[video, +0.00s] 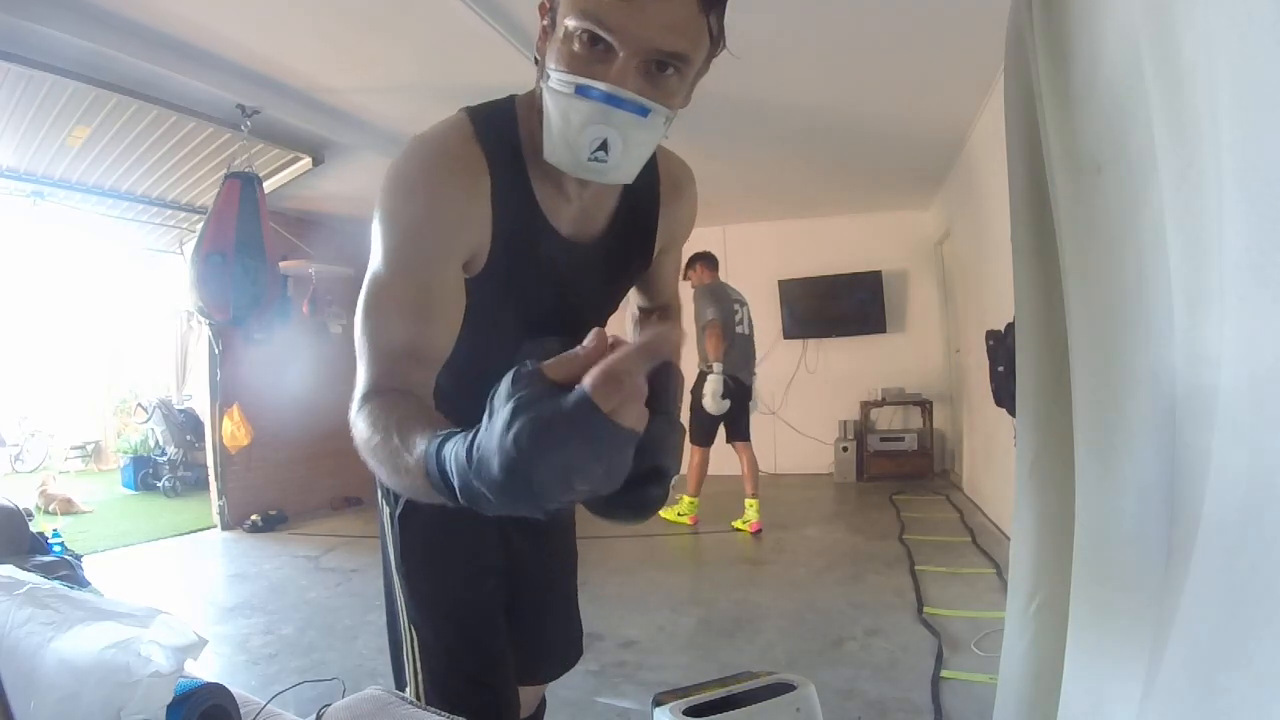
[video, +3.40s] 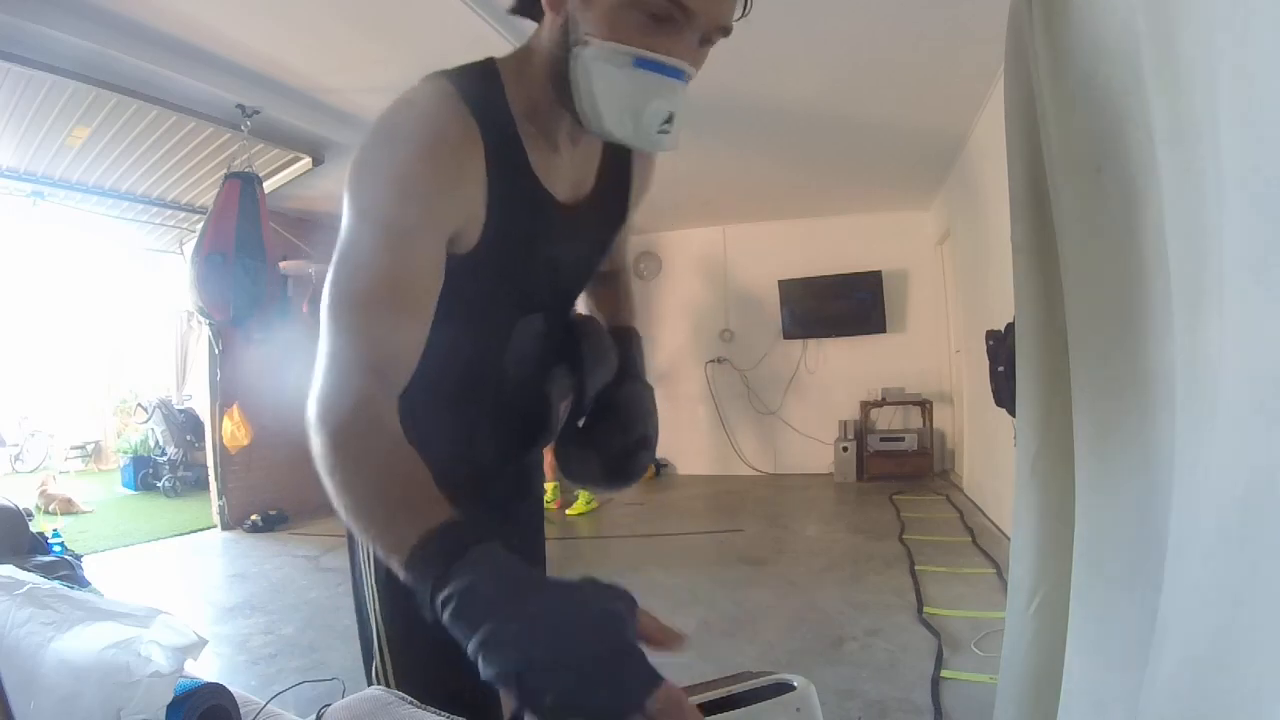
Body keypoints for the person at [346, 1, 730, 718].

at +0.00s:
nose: (616, 91)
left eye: (663, 66)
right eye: (592, 43)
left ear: (702, 72)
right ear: (544, 25)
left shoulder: (667, 190)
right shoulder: (443, 171)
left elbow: (659, 331)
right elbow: (384, 399)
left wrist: (647, 444)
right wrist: (468, 467)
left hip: (556, 463)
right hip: (435, 472)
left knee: (531, 683)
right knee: (480, 703)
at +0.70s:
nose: (713, 120)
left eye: (736, 87)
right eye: (689, 77)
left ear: (751, 73)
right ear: (584, 40)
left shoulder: (664, 188)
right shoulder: (446, 161)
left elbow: (653, 301)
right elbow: (391, 453)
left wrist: (654, 415)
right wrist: (454, 359)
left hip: (537, 450)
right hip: (431, 459)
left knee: (522, 688)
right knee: (469, 705)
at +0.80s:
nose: (703, 120)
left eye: (728, 89)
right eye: (681, 79)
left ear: (747, 71)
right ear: (577, 38)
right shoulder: (449, 160)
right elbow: (384, 444)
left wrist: (625, 456)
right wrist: (551, 368)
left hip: (533, 473)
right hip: (431, 483)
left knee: (519, 686)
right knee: (464, 704)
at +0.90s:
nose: (687, 115)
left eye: (716, 85)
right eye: (662, 73)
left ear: (738, 63)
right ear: (566, 32)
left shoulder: (656, 183)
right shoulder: (450, 154)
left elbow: (646, 303)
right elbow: (389, 428)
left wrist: (652, 400)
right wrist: (653, 425)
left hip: (528, 450)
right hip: (429, 460)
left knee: (519, 680)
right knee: (461, 701)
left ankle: (517, 705)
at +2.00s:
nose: (640, 81)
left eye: (683, 62)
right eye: (614, 32)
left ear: (712, 79)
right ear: (562, 23)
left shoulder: (668, 192)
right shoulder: (452, 158)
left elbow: (650, 310)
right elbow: (387, 420)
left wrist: (650, 439)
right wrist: (588, 527)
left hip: (539, 475)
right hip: (431, 467)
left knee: (522, 688)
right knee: (460, 704)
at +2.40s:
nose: (637, 84)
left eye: (678, 66)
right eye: (616, 41)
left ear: (706, 80)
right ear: (563, 27)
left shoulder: (658, 192)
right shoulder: (459, 162)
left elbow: (644, 307)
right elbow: (409, 393)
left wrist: (646, 412)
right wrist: (465, 531)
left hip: (547, 459)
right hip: (435, 456)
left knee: (529, 684)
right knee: (463, 703)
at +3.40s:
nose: (681, 63)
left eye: (709, 38)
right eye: (658, 17)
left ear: (720, 40)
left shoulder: (625, 149)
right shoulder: (429, 134)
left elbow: (607, 268)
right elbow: (347, 410)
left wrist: (624, 381)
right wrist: (495, 598)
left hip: (515, 477)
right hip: (412, 484)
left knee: (532, 689)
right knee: (439, 706)